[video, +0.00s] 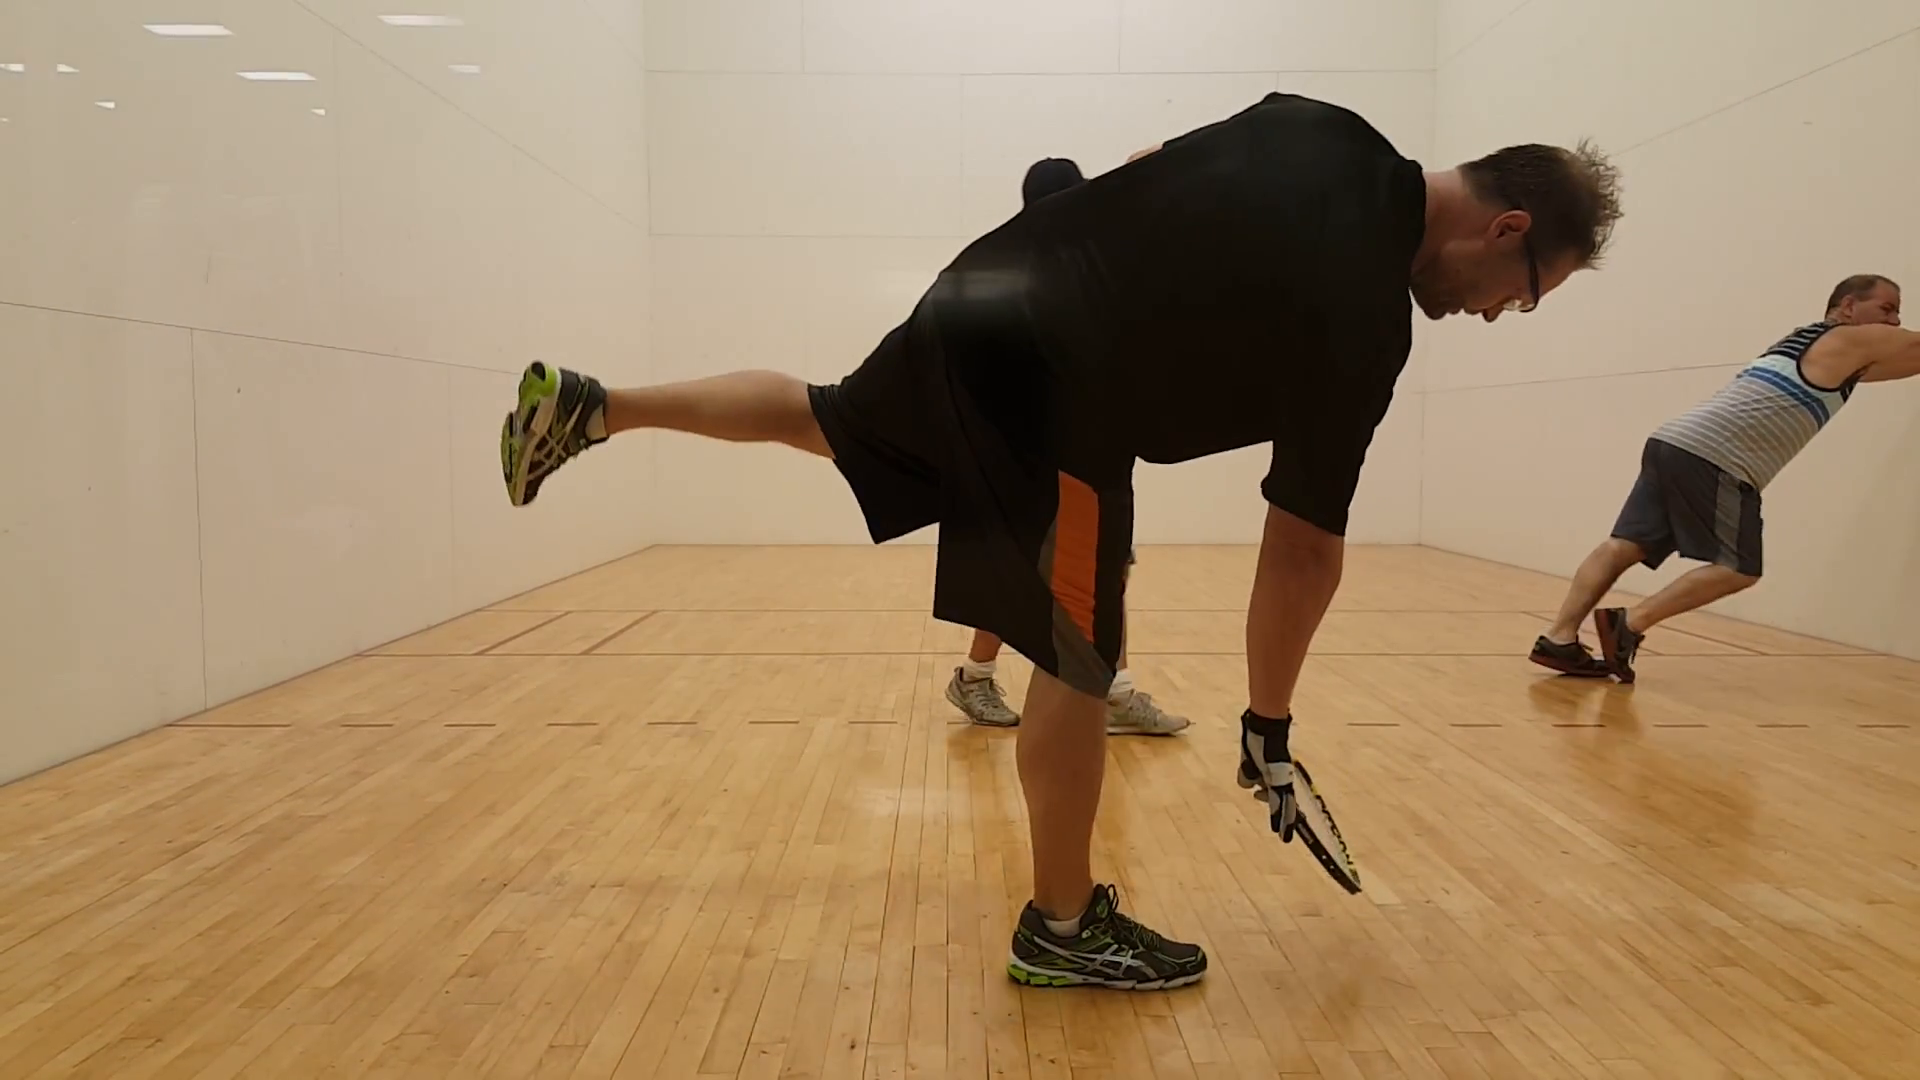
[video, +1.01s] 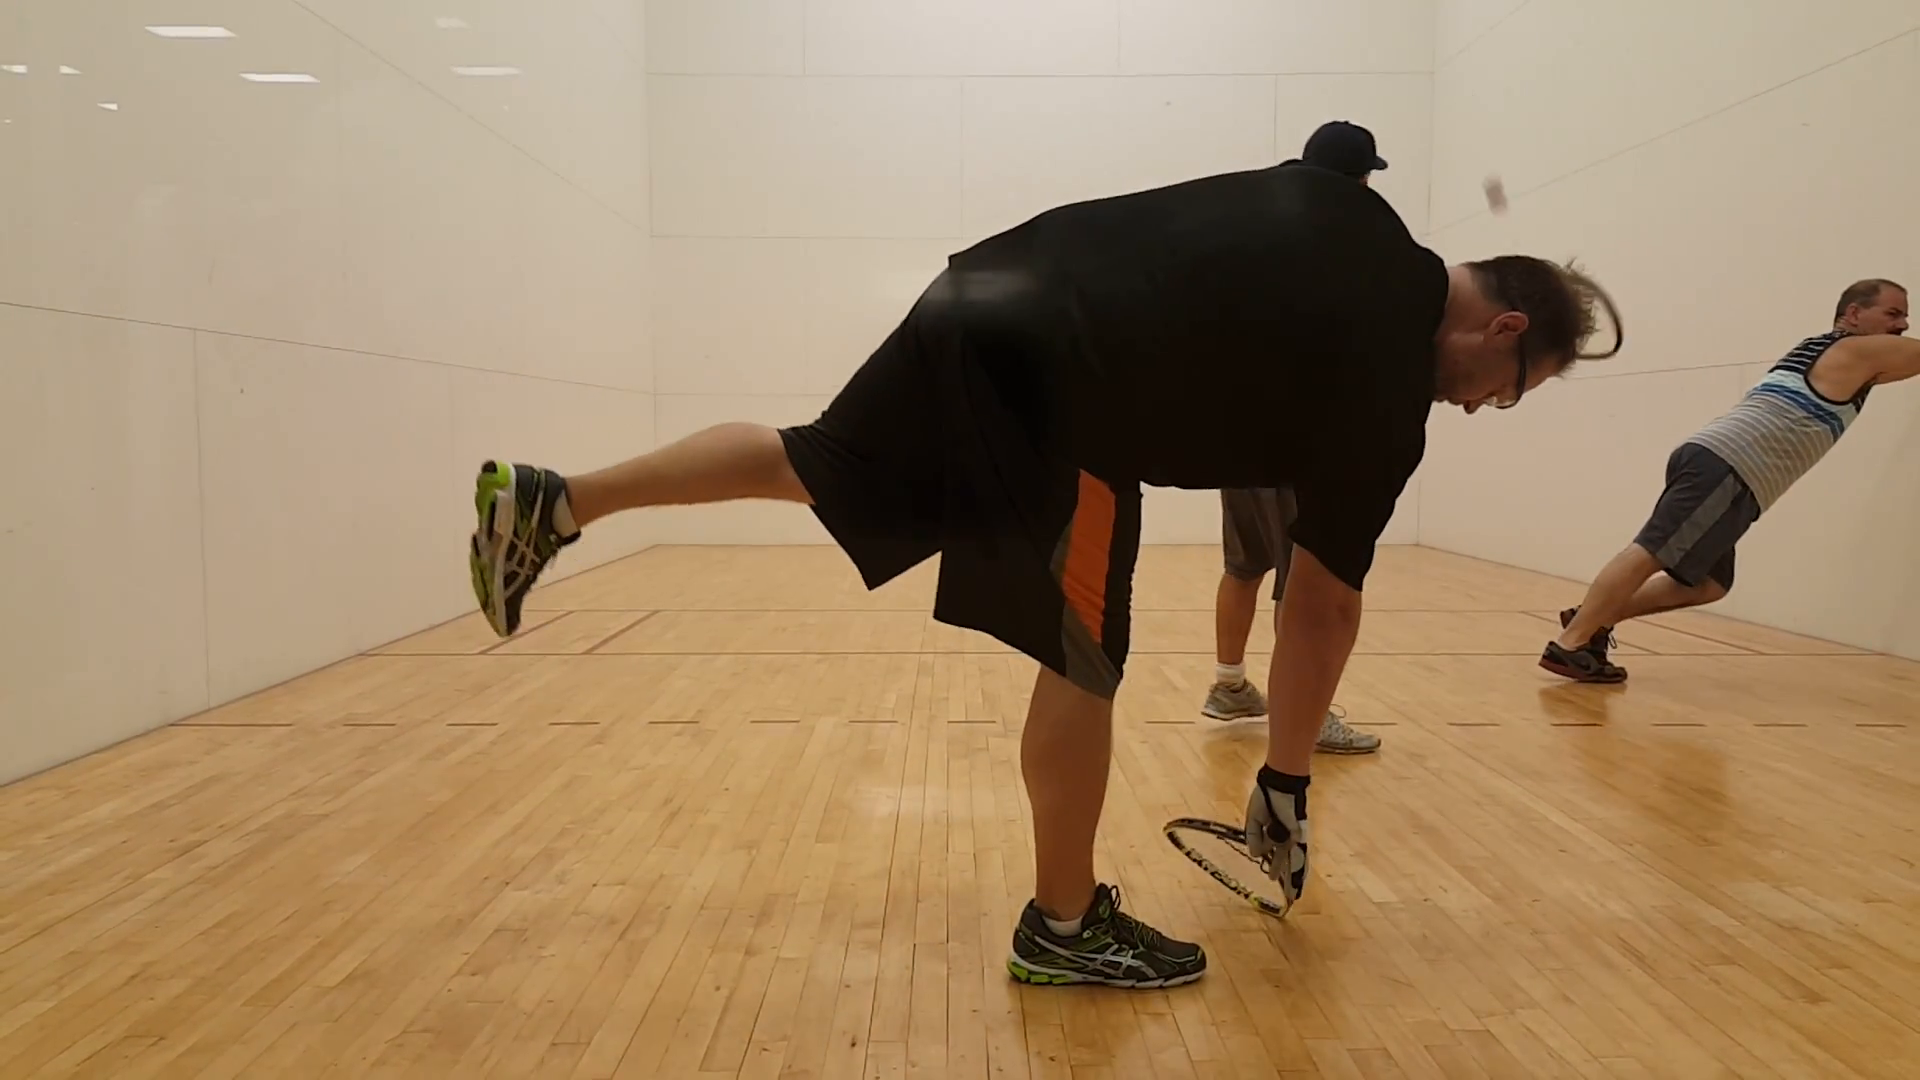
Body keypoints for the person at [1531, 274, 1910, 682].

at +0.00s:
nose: (1895, 321)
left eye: (1895, 312)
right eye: (1887, 309)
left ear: (1844, 315)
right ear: (1846, 308)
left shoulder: (1807, 342)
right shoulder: (1845, 343)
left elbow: (1908, 358)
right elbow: (1917, 348)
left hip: (1670, 447)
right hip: (1717, 464)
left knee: (1623, 546)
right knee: (1739, 568)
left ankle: (1558, 639)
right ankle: (1630, 625)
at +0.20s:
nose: (1899, 319)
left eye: (1899, 310)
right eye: (1891, 307)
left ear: (1847, 313)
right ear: (1850, 307)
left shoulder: (1807, 338)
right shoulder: (1848, 342)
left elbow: (1907, 359)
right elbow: (1917, 348)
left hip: (1675, 443)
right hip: (1722, 463)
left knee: (1626, 546)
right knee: (1731, 570)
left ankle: (1559, 638)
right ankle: (1626, 625)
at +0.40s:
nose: (1902, 299)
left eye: (1903, 292)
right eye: (1893, 288)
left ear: (1851, 295)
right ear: (1852, 289)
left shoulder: (1811, 324)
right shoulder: (1853, 328)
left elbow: (1906, 354)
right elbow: (1917, 342)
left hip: (1684, 436)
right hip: (1728, 455)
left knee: (1637, 542)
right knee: (1697, 562)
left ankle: (1566, 629)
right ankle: (1600, 632)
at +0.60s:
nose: (1906, 292)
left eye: (1906, 283)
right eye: (1897, 280)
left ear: (1857, 288)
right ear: (1856, 282)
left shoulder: (1823, 321)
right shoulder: (1856, 321)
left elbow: (1910, 351)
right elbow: (1918, 338)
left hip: (1704, 435)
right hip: (1731, 451)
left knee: (1661, 544)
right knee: (1669, 547)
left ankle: (1581, 627)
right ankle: (1585, 633)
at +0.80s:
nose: (1901, 313)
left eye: (1902, 306)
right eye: (1893, 301)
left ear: (1852, 309)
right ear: (1852, 302)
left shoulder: (1821, 340)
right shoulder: (1850, 341)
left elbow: (1906, 356)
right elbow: (1916, 350)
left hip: (1714, 454)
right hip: (1727, 463)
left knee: (1690, 574)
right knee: (1656, 546)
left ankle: (1582, 619)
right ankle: (1576, 638)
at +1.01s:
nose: (1902, 327)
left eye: (1903, 318)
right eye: (1894, 315)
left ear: (1854, 322)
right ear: (1853, 316)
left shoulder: (1823, 352)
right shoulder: (1853, 353)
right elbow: (1916, 355)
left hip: (1719, 467)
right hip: (1725, 471)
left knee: (1708, 582)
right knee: (1649, 553)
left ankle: (1593, 614)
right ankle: (1571, 645)